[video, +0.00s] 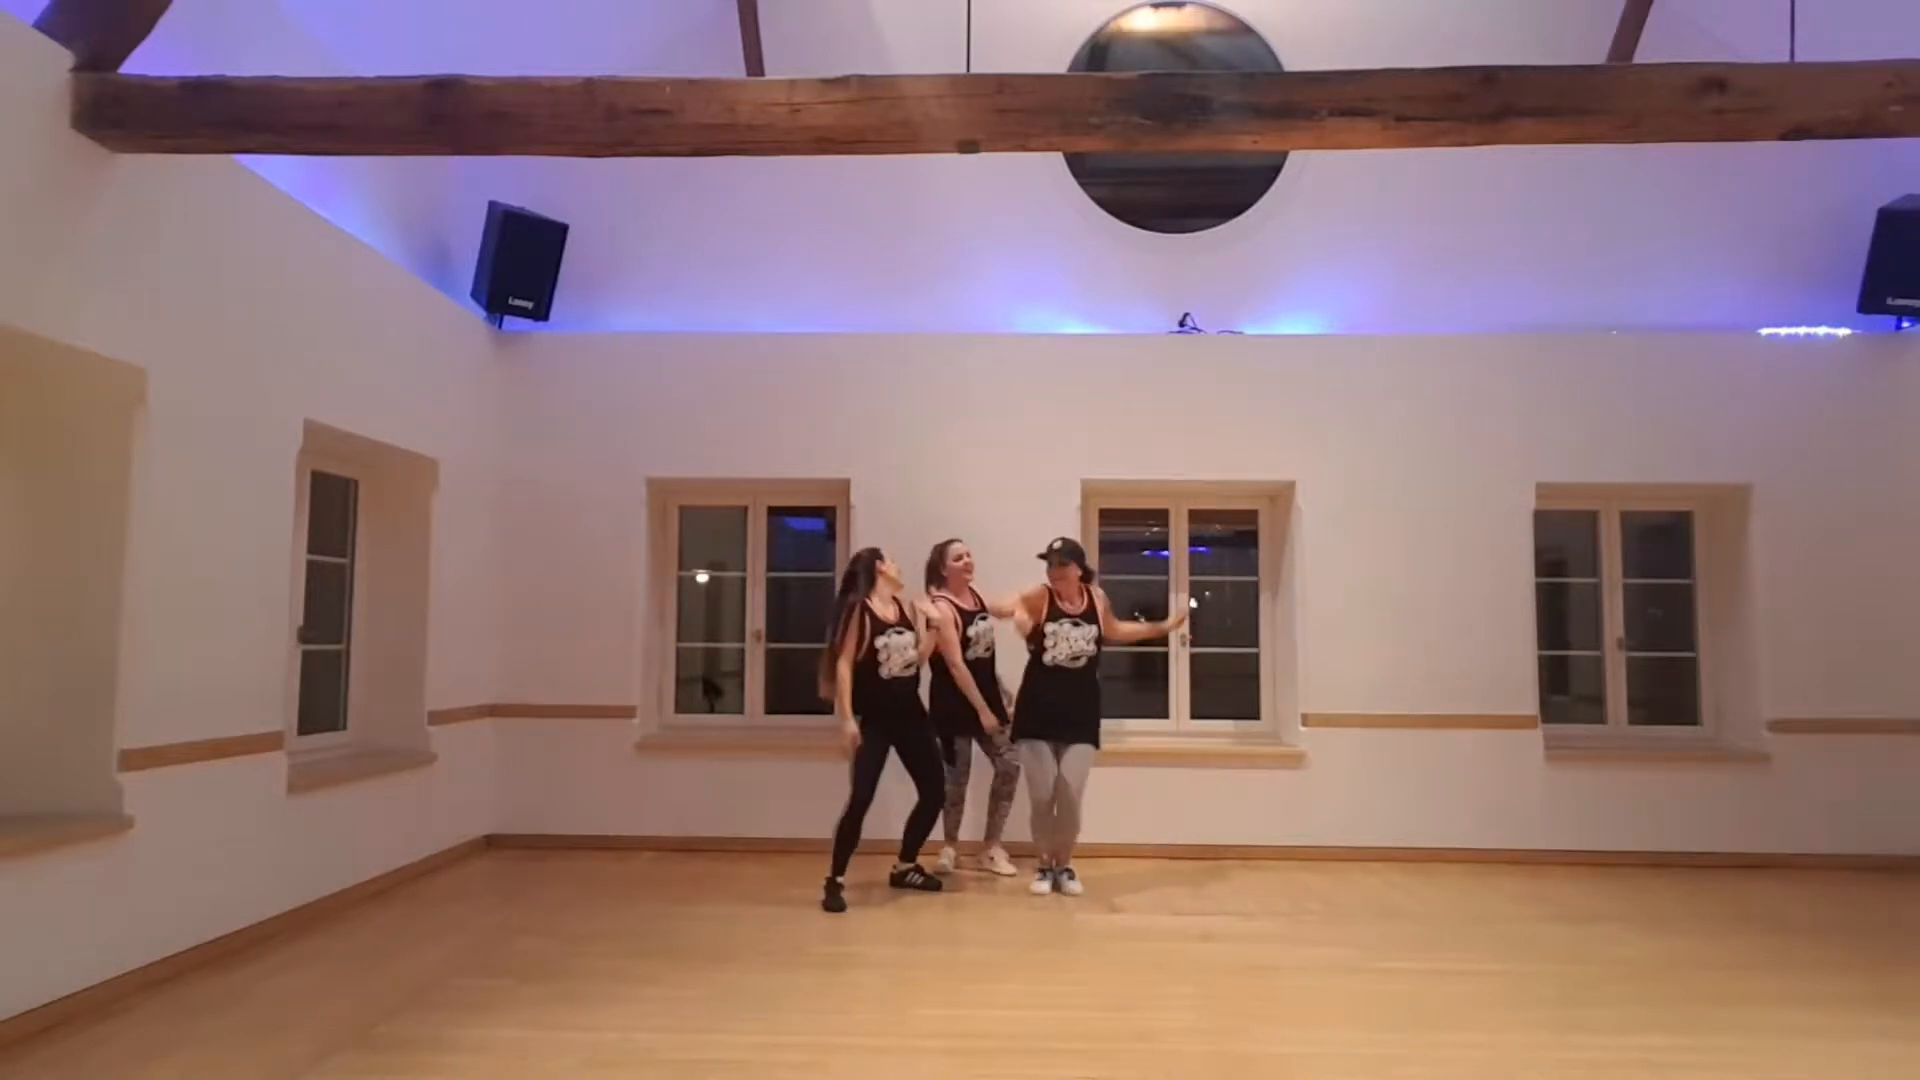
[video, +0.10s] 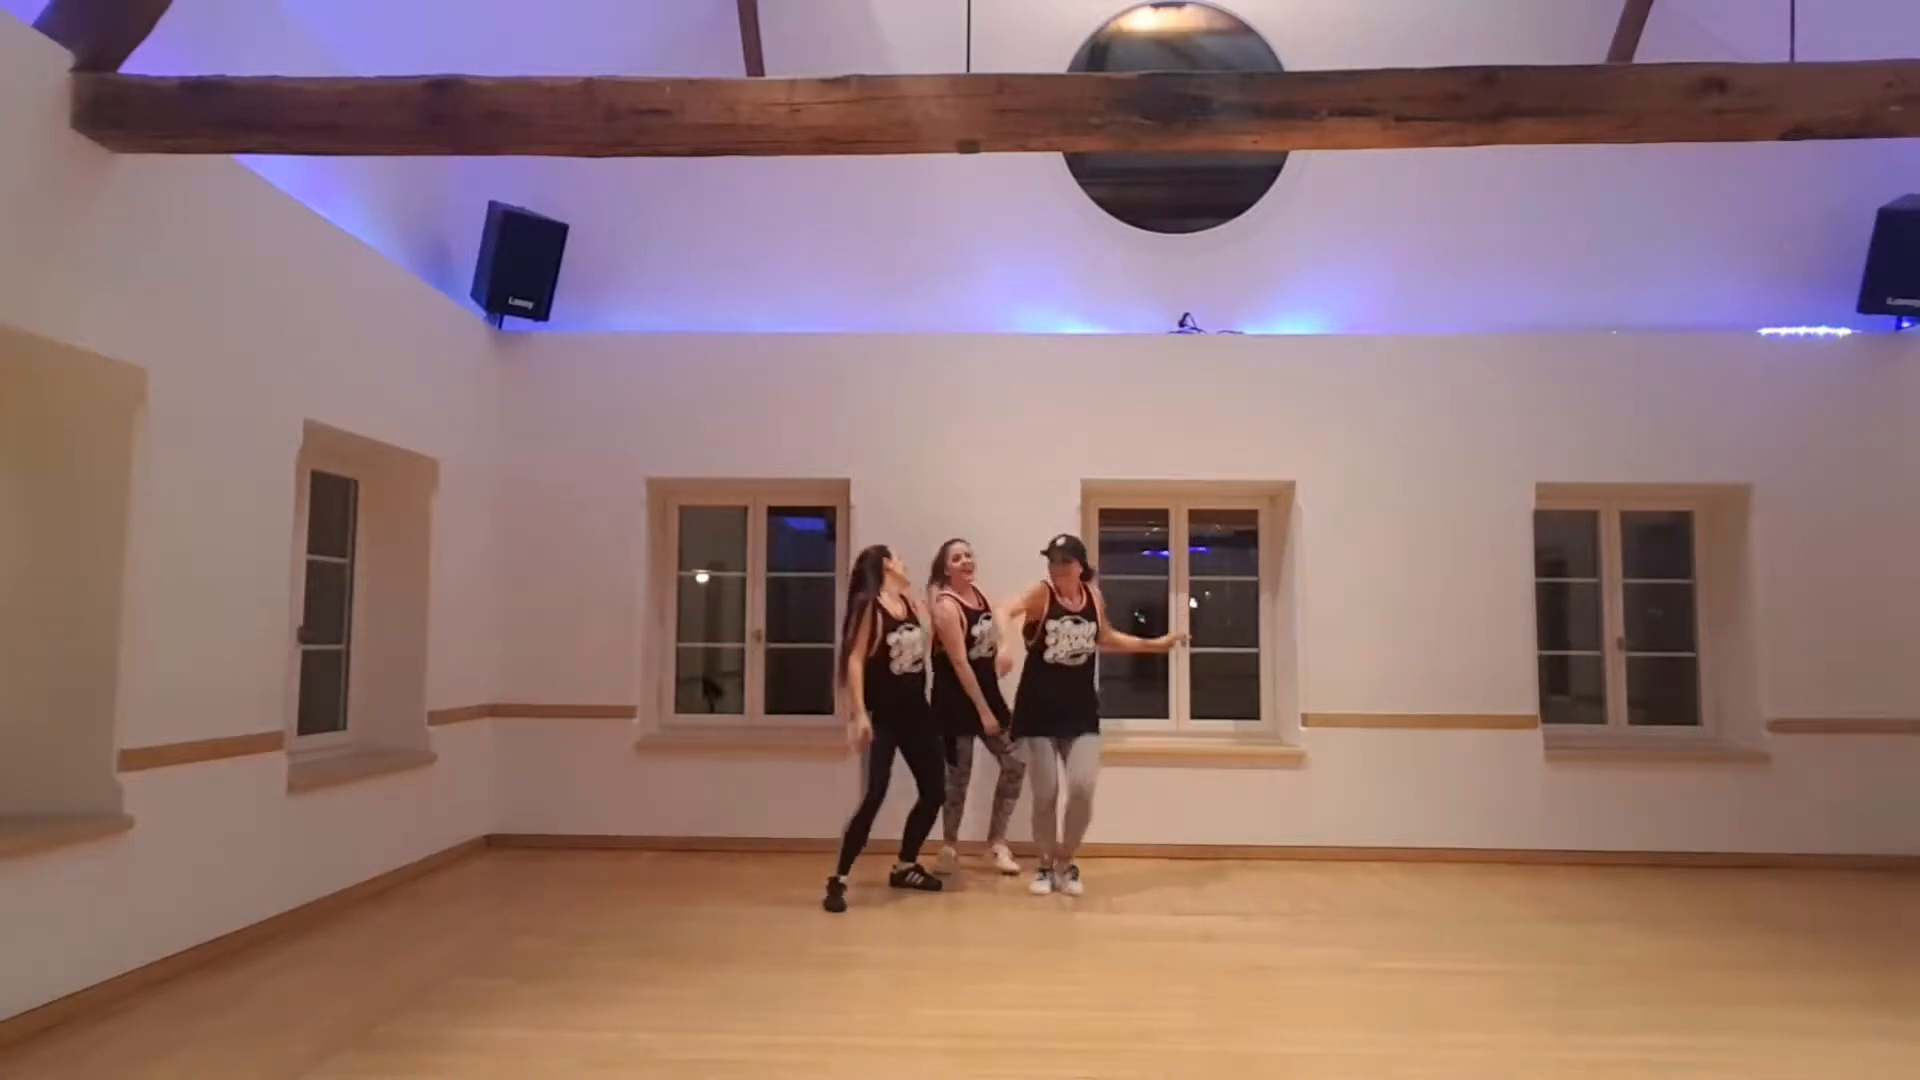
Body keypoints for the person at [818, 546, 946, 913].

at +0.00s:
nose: (896, 565)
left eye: (892, 559)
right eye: (890, 560)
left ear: (882, 570)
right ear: (877, 568)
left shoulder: (903, 607)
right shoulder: (860, 609)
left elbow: (919, 656)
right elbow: (844, 663)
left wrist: (929, 623)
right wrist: (846, 718)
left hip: (911, 714)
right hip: (875, 717)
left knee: (934, 793)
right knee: (860, 800)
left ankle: (906, 866)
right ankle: (835, 880)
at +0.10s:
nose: (902, 562)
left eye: (898, 556)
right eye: (895, 557)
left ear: (889, 568)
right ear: (883, 566)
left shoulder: (911, 604)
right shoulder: (870, 606)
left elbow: (926, 650)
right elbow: (856, 659)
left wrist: (929, 617)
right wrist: (859, 713)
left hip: (916, 710)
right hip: (882, 712)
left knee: (934, 792)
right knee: (874, 795)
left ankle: (906, 866)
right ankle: (840, 878)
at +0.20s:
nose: (909, 553)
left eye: (905, 547)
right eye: (903, 548)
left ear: (893, 559)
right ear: (893, 557)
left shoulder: (912, 595)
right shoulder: (885, 600)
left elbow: (925, 633)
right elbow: (869, 651)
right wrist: (870, 702)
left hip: (918, 706)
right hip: (889, 707)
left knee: (927, 786)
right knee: (883, 786)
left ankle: (905, 866)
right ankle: (845, 872)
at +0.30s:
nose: (914, 549)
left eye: (911, 543)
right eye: (910, 544)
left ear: (892, 553)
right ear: (904, 551)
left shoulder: (910, 591)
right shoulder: (895, 592)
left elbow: (910, 640)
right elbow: (885, 642)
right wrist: (886, 692)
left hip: (918, 694)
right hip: (897, 696)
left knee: (921, 779)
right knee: (899, 778)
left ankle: (905, 863)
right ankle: (853, 859)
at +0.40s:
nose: (917, 551)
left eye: (913, 545)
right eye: (914, 547)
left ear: (885, 553)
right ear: (911, 551)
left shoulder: (889, 587)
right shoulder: (903, 589)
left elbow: (893, 642)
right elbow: (895, 643)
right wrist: (907, 688)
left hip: (907, 691)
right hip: (897, 692)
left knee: (919, 781)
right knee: (914, 783)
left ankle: (905, 863)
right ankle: (864, 853)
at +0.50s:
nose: (921, 561)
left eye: (917, 555)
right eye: (919, 556)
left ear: (888, 561)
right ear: (915, 560)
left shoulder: (884, 596)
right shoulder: (911, 597)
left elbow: (868, 638)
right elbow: (905, 652)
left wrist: (884, 670)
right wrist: (937, 679)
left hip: (888, 698)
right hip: (901, 701)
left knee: (929, 788)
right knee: (930, 792)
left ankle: (906, 865)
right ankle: (869, 855)